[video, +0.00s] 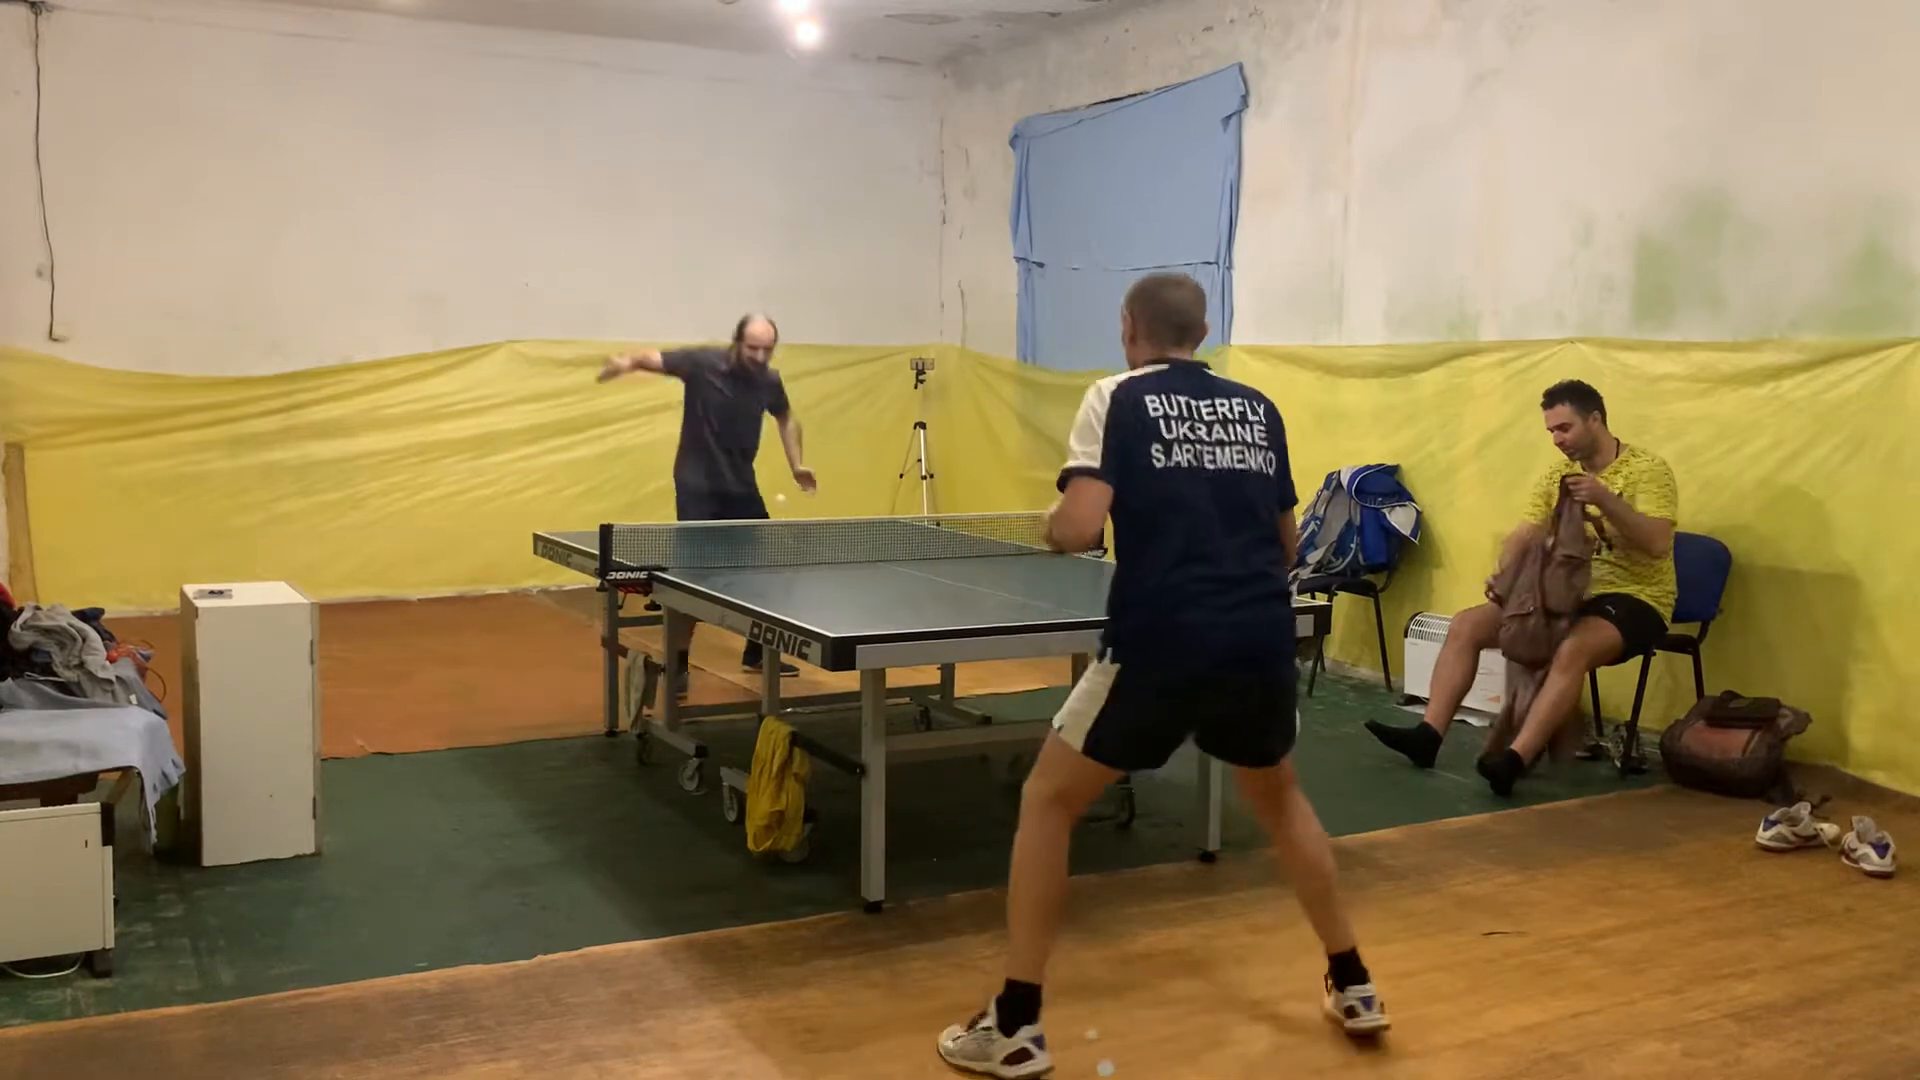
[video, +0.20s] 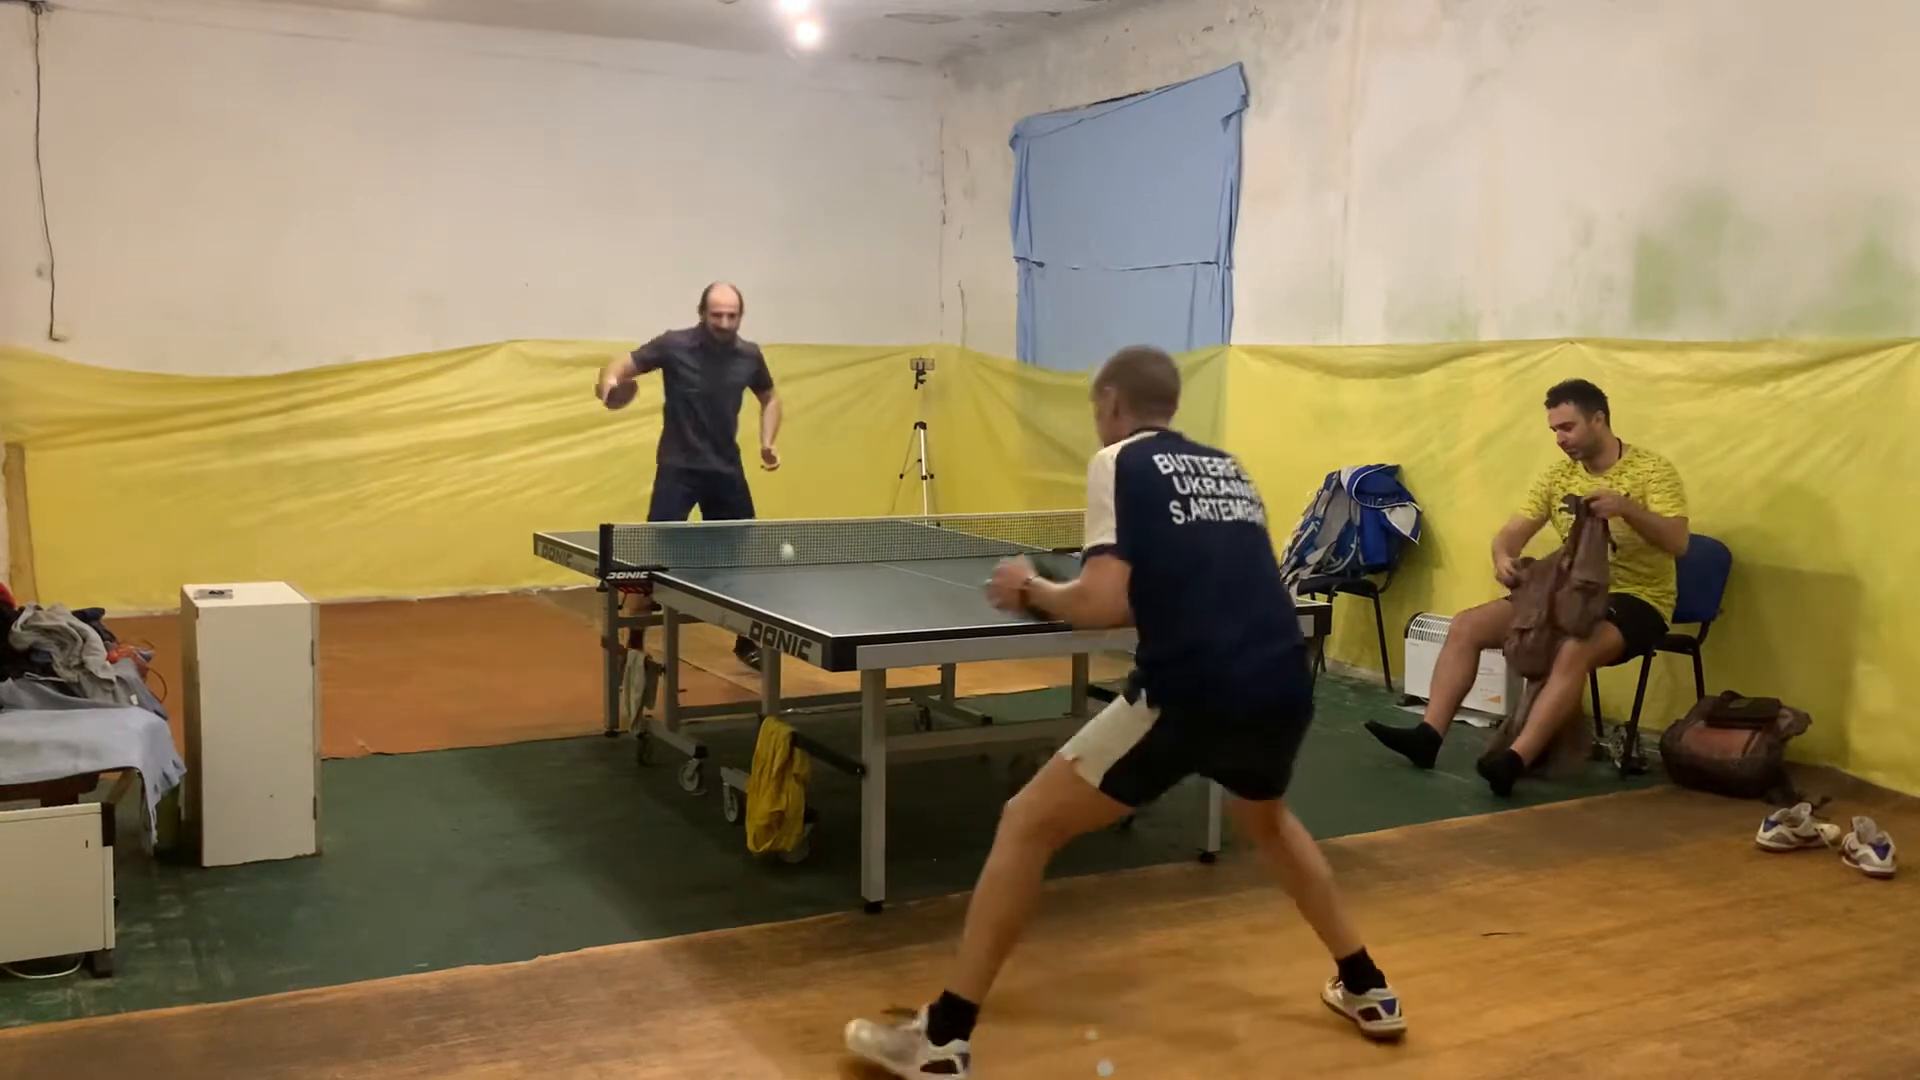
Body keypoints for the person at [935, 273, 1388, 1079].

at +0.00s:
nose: (1121, 343)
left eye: (1122, 332)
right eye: (1127, 332)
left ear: (1132, 335)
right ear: (1200, 337)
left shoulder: (1113, 395)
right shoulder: (1259, 407)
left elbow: (1080, 523)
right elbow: (1286, 543)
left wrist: (1057, 532)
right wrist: (1221, 540)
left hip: (1156, 651)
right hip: (1260, 650)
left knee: (1050, 800)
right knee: (1282, 798)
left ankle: (1016, 1020)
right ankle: (1353, 981)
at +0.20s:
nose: (1098, 425)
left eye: (1097, 413)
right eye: (1099, 413)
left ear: (1113, 409)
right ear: (1172, 408)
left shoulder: (1117, 463)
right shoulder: (1226, 466)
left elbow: (1104, 603)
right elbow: (1222, 585)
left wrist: (1029, 590)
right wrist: (1100, 599)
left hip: (1185, 692)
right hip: (1280, 686)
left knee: (1028, 821)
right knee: (1268, 817)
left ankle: (945, 1032)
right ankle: (1365, 982)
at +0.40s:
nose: (1020, 427)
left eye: (1020, 415)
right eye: (1021, 416)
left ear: (1036, 405)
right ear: (1095, 409)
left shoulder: (1050, 442)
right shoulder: (1150, 473)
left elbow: (1009, 582)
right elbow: (1099, 647)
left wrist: (907, 580)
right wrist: (980, 631)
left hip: (1103, 702)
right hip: (1201, 702)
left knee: (938, 815)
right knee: (1241, 831)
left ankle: (925, 1037)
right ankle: (1352, 980)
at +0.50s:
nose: (1008, 377)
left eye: (1008, 367)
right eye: (1011, 369)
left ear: (1023, 362)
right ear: (1091, 367)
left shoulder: (1013, 417)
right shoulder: (1141, 437)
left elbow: (938, 552)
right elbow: (1083, 589)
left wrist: (830, 566)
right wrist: (942, 613)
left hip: (1050, 695)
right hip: (1160, 692)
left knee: (914, 819)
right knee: (1226, 829)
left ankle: (924, 1037)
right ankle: (1320, 983)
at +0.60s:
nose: (1004, 333)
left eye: (1004, 322)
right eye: (1009, 322)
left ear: (1016, 322)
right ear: (1097, 329)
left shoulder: (983, 407)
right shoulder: (1149, 408)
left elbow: (882, 536)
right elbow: (1102, 500)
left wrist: (766, 585)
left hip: (1019, 685)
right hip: (1134, 680)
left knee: (909, 819)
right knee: (1193, 817)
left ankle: (925, 1037)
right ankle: (1278, 1007)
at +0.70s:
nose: (1013, 310)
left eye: (1013, 299)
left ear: (1018, 305)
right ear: (1103, 310)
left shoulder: (974, 404)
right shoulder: (1148, 397)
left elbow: (877, 536)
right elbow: (1161, 465)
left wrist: (772, 611)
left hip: (1010, 678)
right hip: (1126, 675)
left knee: (911, 817)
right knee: (1170, 816)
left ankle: (925, 1035)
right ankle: (1236, 1021)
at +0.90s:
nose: (1062, 306)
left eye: (1064, 294)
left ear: (1071, 302)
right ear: (1154, 310)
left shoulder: (1040, 412)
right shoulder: (1196, 413)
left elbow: (989, 567)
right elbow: (1211, 436)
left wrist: (888, 657)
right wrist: (1190, 369)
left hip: (1058, 688)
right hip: (1170, 689)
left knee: (931, 816)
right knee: (1166, 879)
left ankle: (925, 1039)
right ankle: (1218, 1071)